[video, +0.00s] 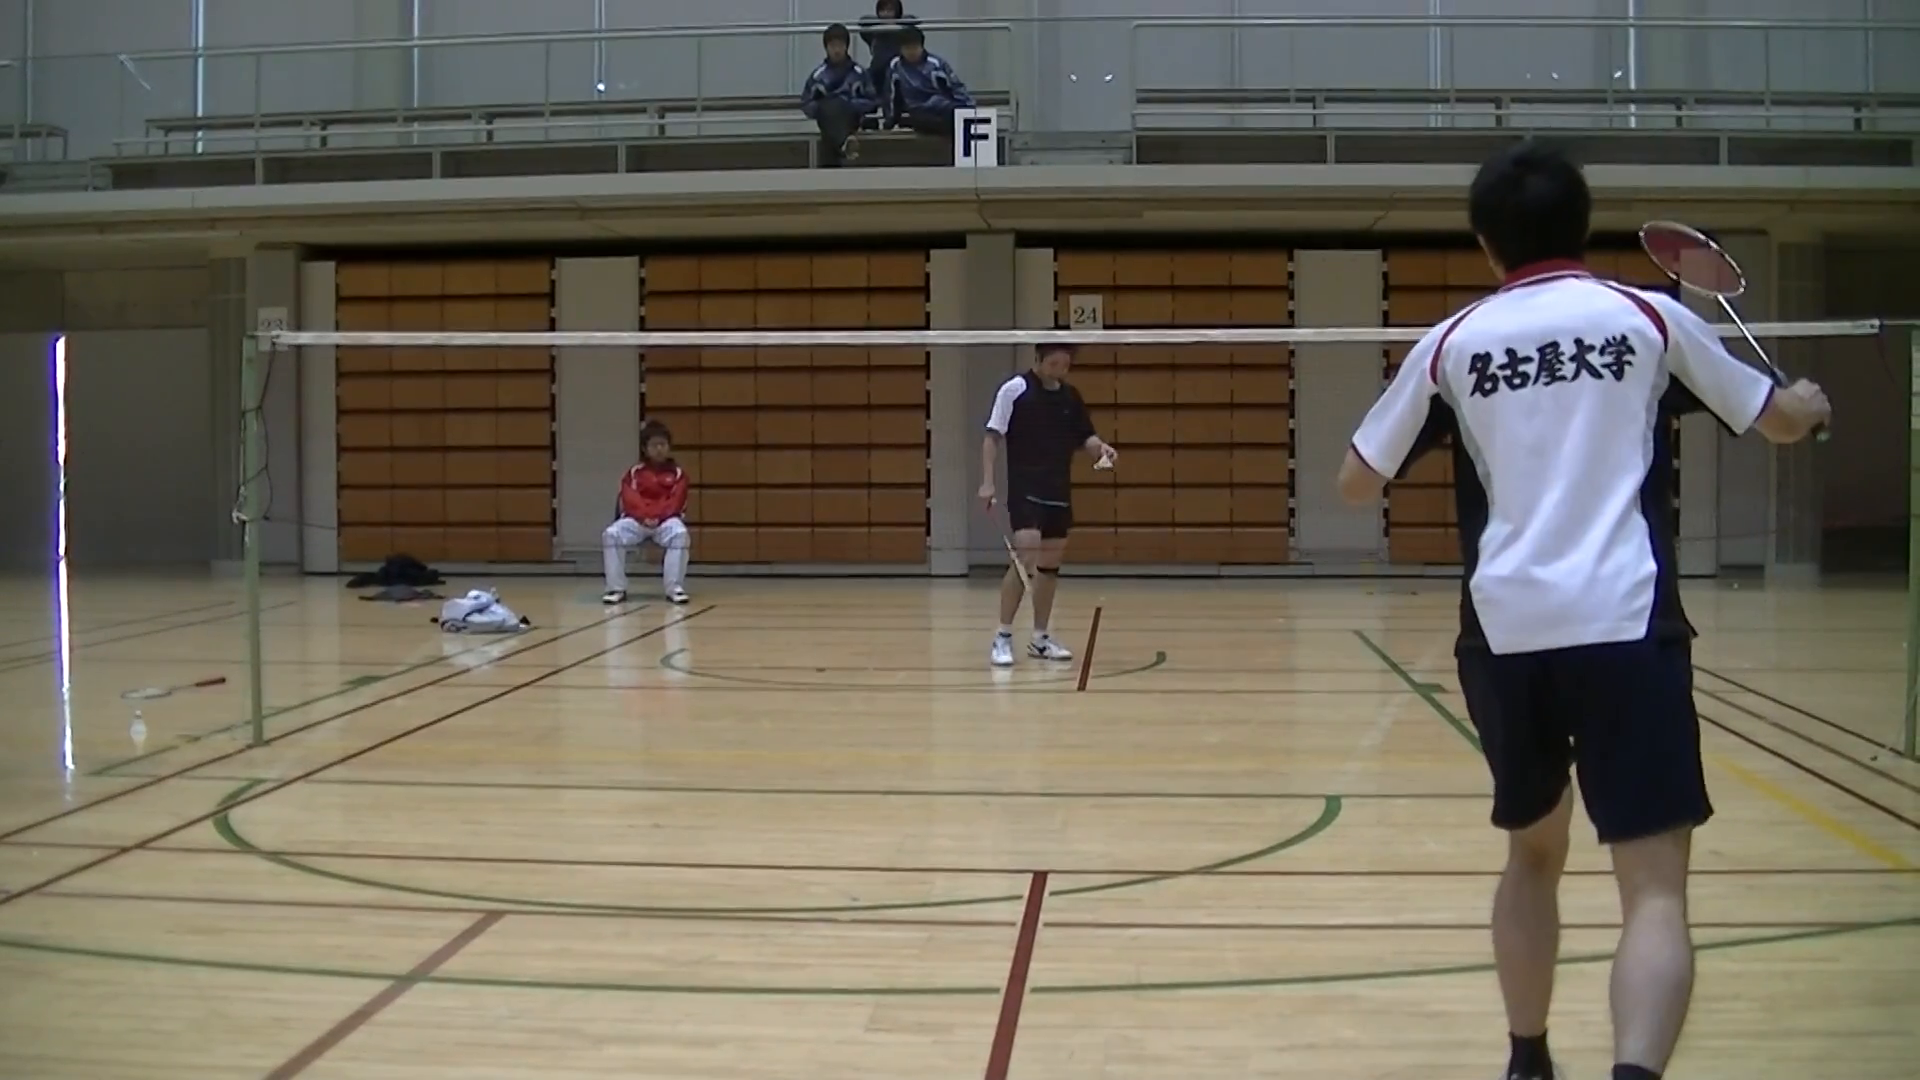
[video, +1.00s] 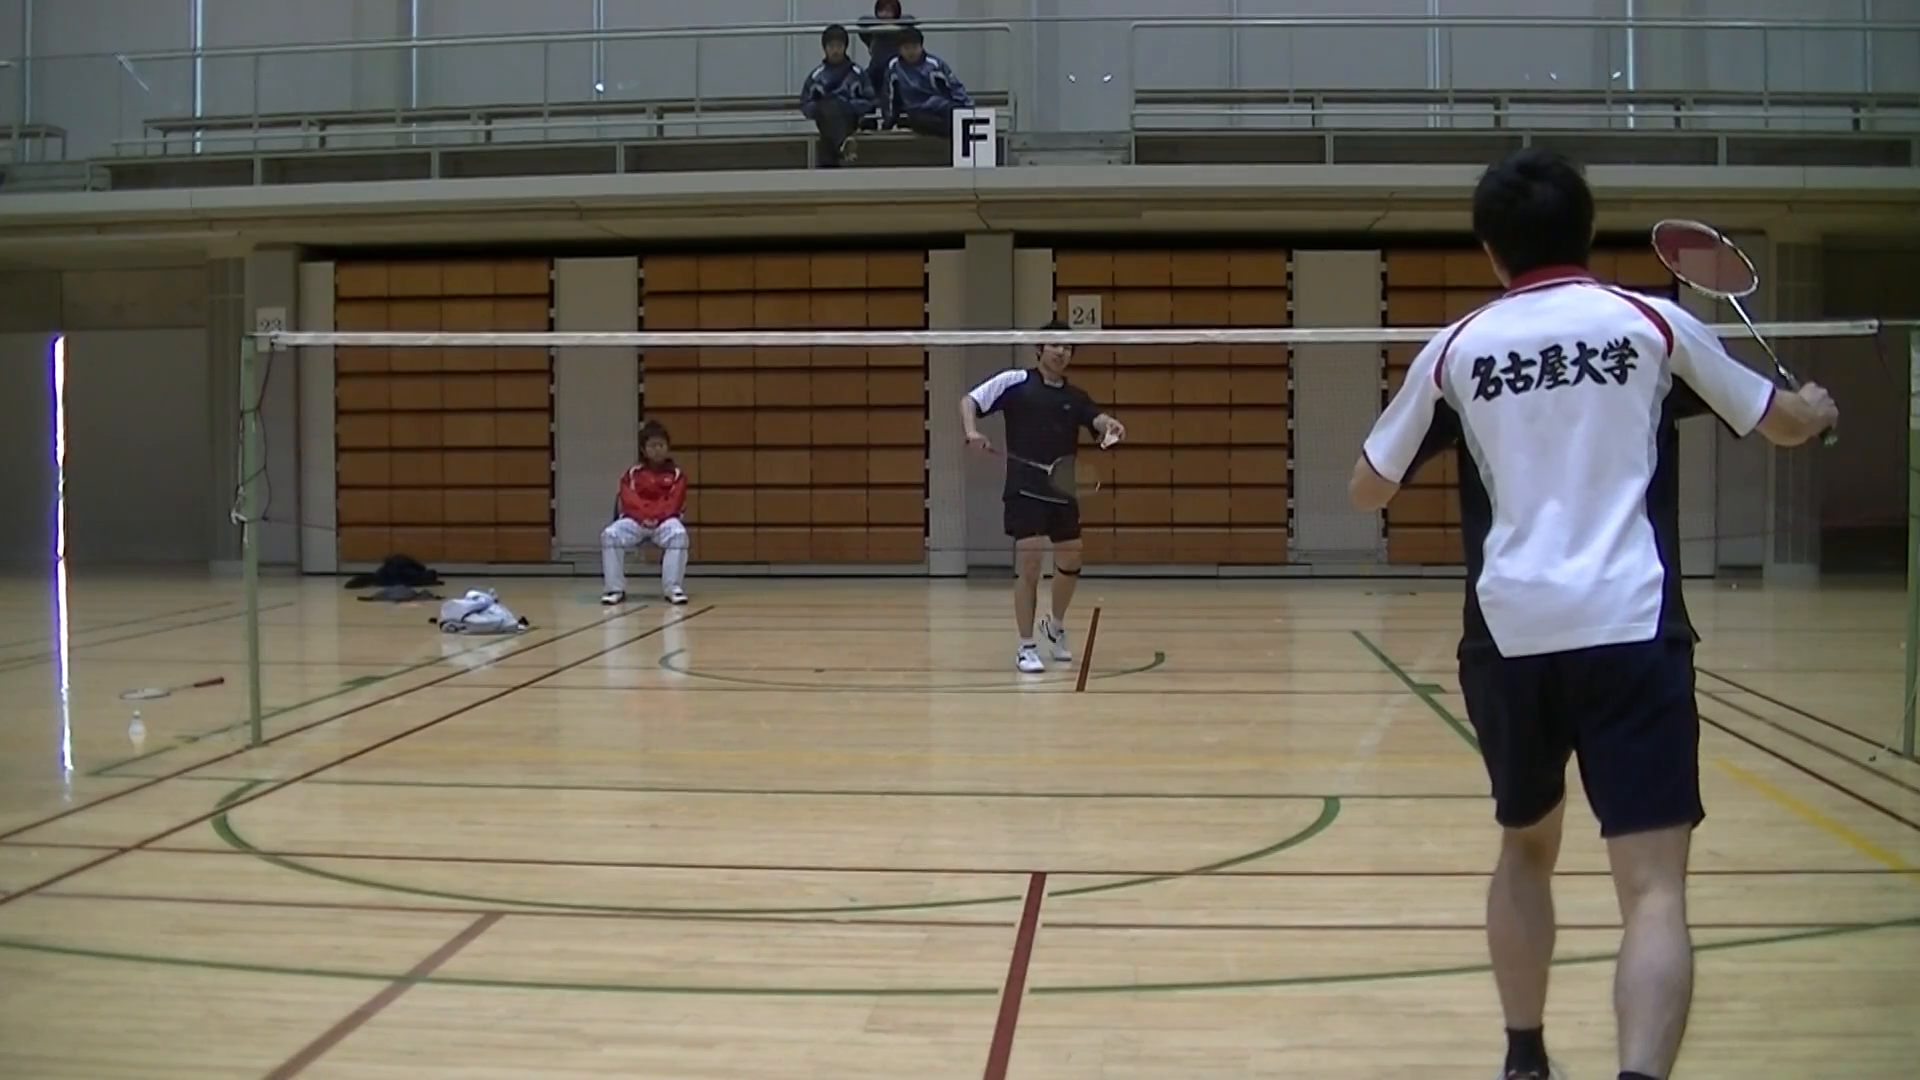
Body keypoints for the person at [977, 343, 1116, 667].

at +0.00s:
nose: (1062, 370)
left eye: (1065, 365)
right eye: (1057, 364)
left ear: (1068, 365)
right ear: (1040, 361)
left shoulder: (1069, 395)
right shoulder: (1014, 389)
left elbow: (1086, 436)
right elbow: (992, 437)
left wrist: (1100, 448)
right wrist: (988, 482)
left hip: (1058, 489)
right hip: (1025, 488)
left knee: (1050, 565)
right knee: (1026, 556)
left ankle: (1040, 638)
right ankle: (1003, 638)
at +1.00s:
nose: (1062, 353)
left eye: (1067, 348)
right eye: (1056, 346)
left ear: (1071, 354)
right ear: (1040, 350)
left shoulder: (1075, 395)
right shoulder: (1015, 381)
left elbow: (1100, 419)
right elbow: (969, 402)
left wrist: (1113, 428)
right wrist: (972, 431)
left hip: (1062, 488)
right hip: (1025, 487)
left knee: (1070, 561)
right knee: (1030, 563)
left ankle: (1055, 627)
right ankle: (1026, 646)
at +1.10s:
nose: (1060, 352)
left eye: (1066, 347)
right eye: (1054, 345)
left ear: (1070, 353)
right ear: (1039, 348)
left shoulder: (1073, 394)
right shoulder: (1015, 379)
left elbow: (1099, 418)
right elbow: (967, 392)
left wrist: (1105, 425)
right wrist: (977, 418)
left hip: (1062, 491)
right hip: (1024, 489)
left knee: (1074, 562)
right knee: (1028, 566)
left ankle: (1059, 622)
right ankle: (1026, 646)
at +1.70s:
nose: (1078, 353)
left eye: (1082, 347)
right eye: (1071, 347)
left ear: (1088, 353)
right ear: (1057, 351)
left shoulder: (1091, 399)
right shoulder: (1037, 388)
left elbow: (1093, 448)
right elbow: (1010, 435)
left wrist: (1108, 461)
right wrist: (1004, 482)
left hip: (1075, 489)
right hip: (1040, 489)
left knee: (1094, 555)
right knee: (1042, 561)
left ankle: (1086, 624)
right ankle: (1028, 645)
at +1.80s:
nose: (1088, 363)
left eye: (1094, 358)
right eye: (1082, 357)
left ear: (1100, 365)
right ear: (1068, 362)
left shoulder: (1099, 406)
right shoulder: (1048, 398)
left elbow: (1093, 456)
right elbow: (1023, 446)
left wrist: (1113, 473)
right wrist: (1020, 496)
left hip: (1080, 494)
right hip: (1044, 493)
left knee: (1097, 561)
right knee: (1049, 560)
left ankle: (1087, 630)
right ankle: (1028, 646)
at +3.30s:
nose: (1437, 425)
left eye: (1442, 417)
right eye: (1432, 415)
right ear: (1409, 410)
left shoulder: (1396, 441)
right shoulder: (1385, 443)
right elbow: (1368, 516)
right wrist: (1371, 582)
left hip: (1335, 522)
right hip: (1319, 523)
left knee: (1357, 608)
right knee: (1365, 604)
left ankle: (1290, 647)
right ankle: (1346, 685)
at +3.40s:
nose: (1470, 402)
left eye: (1476, 395)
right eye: (1465, 392)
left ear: (1479, 393)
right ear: (1443, 386)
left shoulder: (1445, 424)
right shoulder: (1417, 415)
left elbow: (1412, 484)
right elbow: (1389, 481)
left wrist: (1408, 537)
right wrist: (1375, 544)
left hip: (1385, 507)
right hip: (1354, 508)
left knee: (1419, 588)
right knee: (1397, 590)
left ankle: (1385, 667)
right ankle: (1361, 668)